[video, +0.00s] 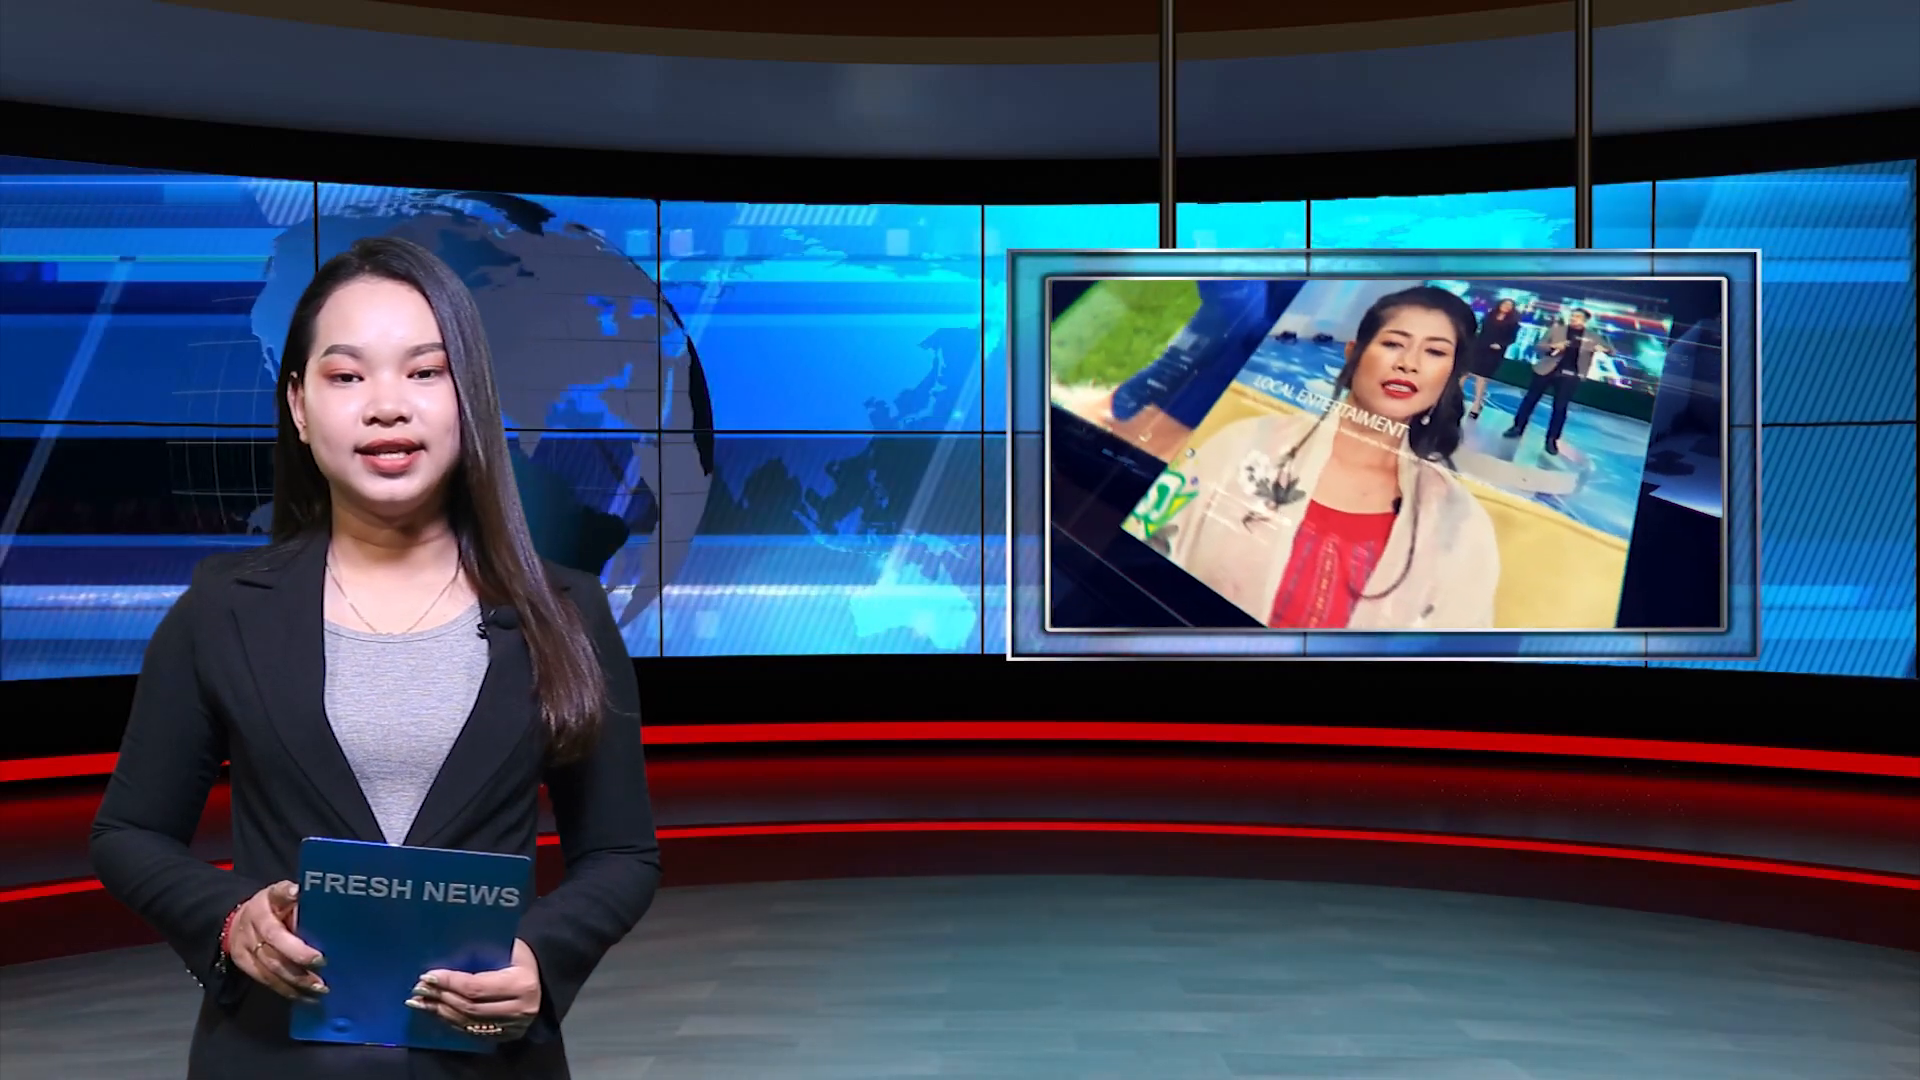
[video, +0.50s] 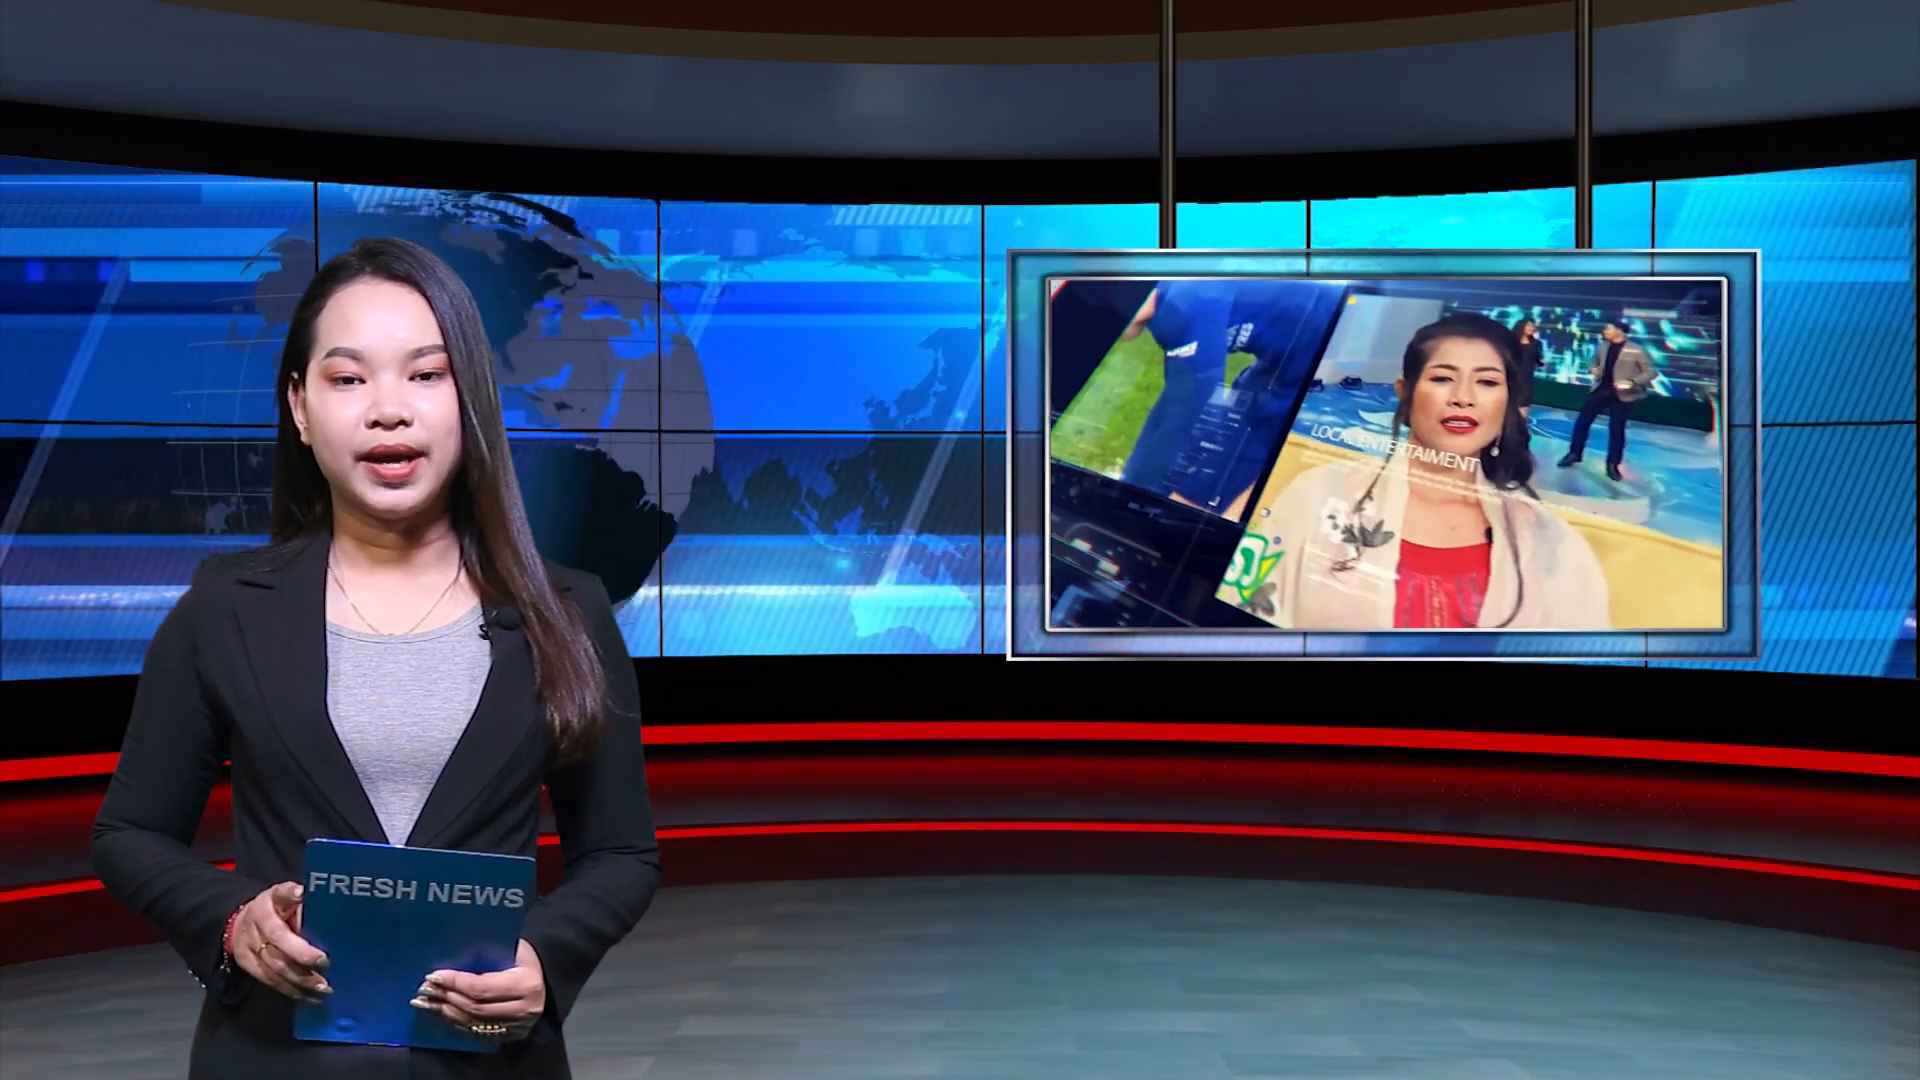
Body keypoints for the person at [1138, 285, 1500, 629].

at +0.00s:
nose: (1409, 364)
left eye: (1434, 352)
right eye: (1393, 342)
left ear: (1450, 380)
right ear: (1353, 353)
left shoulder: (1462, 528)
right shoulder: (1243, 448)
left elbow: (1458, 670)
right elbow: (1132, 571)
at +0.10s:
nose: (1415, 371)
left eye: (1440, 358)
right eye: (1397, 351)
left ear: (1459, 384)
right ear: (1359, 363)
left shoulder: (1476, 531)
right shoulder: (1254, 460)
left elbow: (1480, 672)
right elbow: (1148, 587)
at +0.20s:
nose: (1428, 380)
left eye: (1453, 367)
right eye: (1410, 361)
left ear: (1473, 394)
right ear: (1372, 375)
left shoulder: (1501, 539)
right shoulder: (1273, 476)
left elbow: (1512, 681)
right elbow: (1172, 605)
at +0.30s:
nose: (1437, 385)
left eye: (1461, 371)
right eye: (1418, 366)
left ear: (1483, 399)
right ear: (1380, 382)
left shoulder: (1518, 543)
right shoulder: (1285, 485)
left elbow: (1532, 690)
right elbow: (1193, 624)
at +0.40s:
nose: (1452, 393)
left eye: (1475, 378)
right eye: (1432, 373)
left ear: (1501, 404)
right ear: (1395, 389)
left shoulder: (1540, 547)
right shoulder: (1305, 496)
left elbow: (1564, 689)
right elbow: (1220, 637)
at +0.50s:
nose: (1463, 397)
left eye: (1486, 381)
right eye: (1442, 378)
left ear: (1511, 407)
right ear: (1405, 392)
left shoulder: (1557, 551)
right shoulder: (1317, 501)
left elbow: (1584, 697)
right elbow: (1236, 645)